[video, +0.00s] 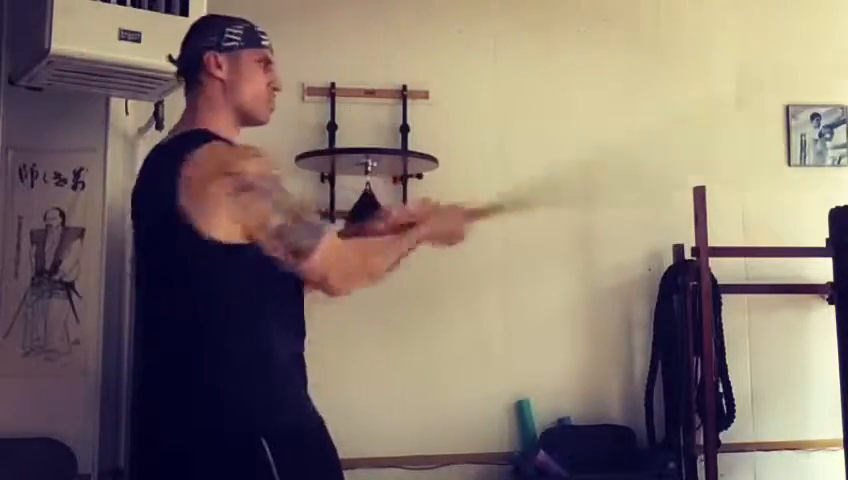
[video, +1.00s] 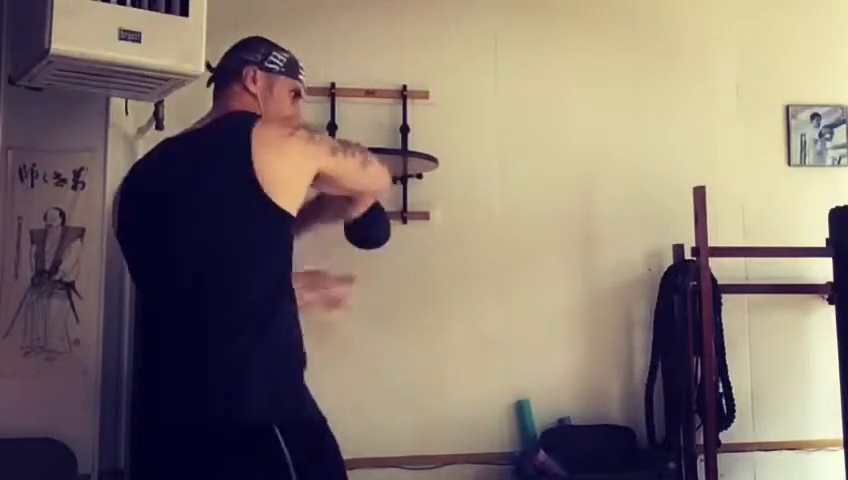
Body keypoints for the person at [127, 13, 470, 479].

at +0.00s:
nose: (276, 83)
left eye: (272, 67)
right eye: (264, 65)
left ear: (215, 67)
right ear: (216, 65)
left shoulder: (165, 164)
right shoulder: (227, 166)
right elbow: (336, 270)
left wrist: (359, 235)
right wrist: (417, 233)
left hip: (179, 424)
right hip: (253, 430)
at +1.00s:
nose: (299, 113)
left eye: (299, 99)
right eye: (294, 95)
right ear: (253, 80)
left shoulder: (139, 177)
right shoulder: (280, 144)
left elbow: (190, 290)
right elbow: (374, 178)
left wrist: (294, 288)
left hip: (164, 414)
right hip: (260, 416)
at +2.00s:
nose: (312, 123)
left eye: (314, 111)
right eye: (308, 106)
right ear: (269, 92)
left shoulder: (269, 188)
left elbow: (322, 286)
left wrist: (270, 252)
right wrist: (309, 161)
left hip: (267, 397)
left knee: (299, 469)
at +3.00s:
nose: (285, 97)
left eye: (284, 83)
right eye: (274, 79)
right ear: (226, 75)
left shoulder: (284, 184)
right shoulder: (158, 178)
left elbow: (329, 289)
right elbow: (110, 317)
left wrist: (241, 285)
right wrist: (203, 335)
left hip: (282, 430)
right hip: (186, 436)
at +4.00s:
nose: (260, 86)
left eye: (257, 70)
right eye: (248, 66)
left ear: (198, 69)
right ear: (198, 66)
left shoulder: (157, 165)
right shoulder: (198, 168)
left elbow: (253, 275)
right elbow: (333, 261)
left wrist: (351, 218)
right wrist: (406, 204)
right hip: (246, 437)